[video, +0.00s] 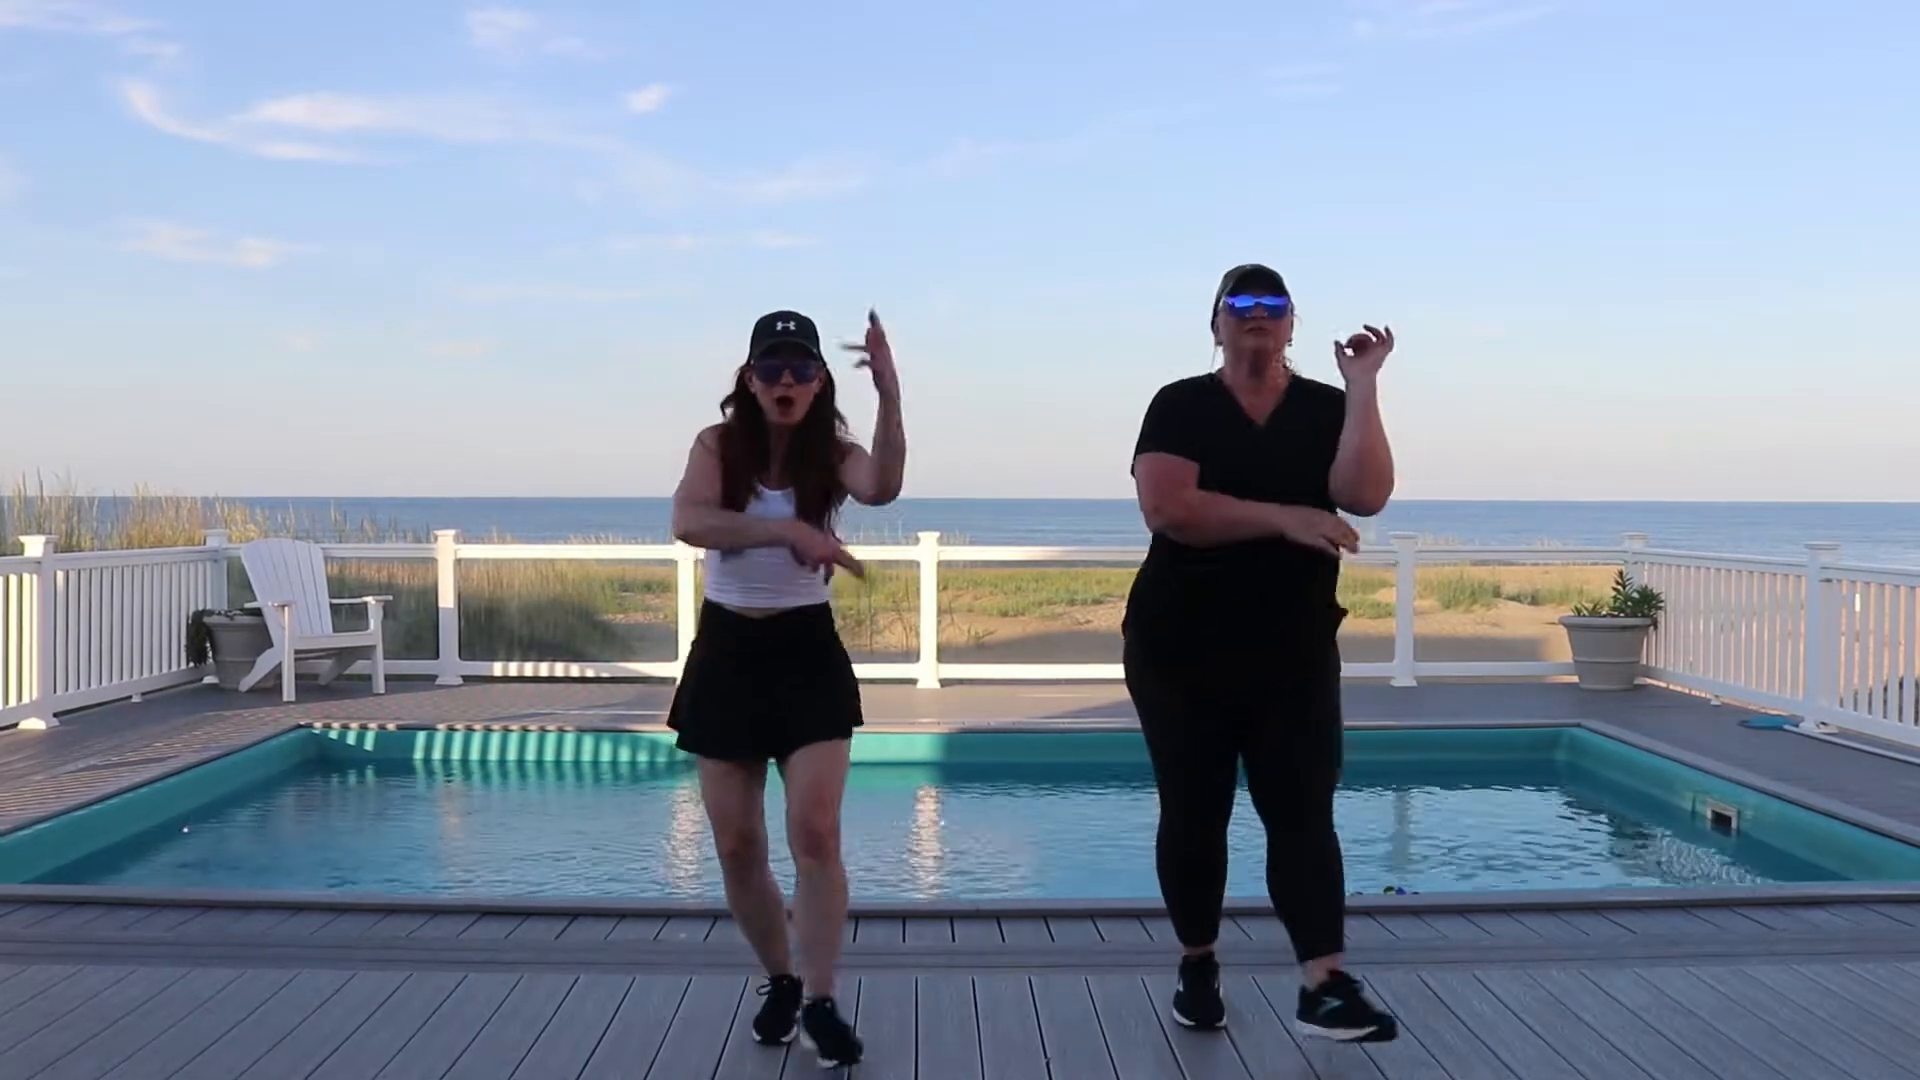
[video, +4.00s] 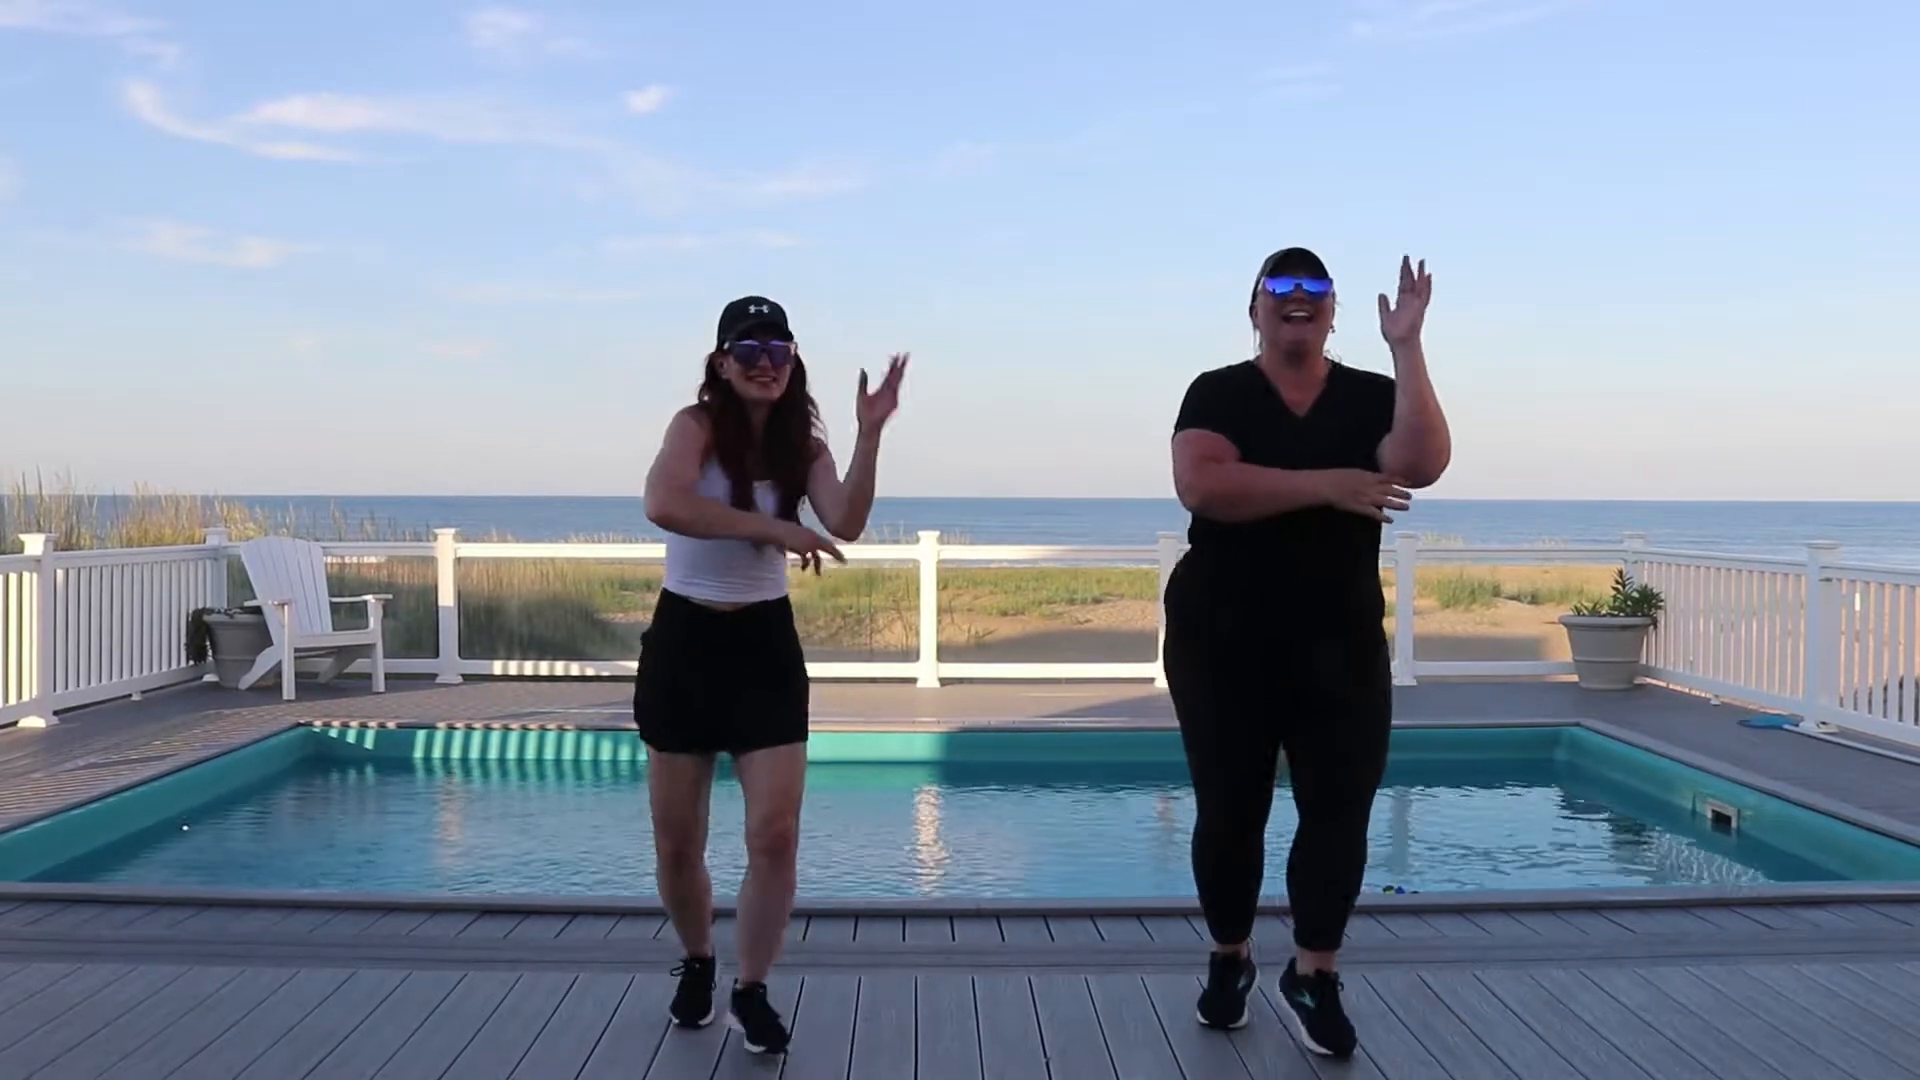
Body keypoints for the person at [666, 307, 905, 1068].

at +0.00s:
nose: (786, 383)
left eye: (801, 369)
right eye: (771, 369)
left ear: (820, 379)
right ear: (749, 376)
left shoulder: (829, 449)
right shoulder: (719, 444)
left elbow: (884, 485)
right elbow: (688, 522)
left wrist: (888, 394)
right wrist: (786, 530)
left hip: (809, 653)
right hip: (725, 655)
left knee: (816, 833)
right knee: (738, 848)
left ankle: (820, 1001)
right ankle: (782, 979)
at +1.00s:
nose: (758, 367)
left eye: (773, 355)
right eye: (743, 356)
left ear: (797, 368)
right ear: (723, 370)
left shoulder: (822, 441)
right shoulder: (706, 443)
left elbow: (850, 531)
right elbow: (675, 525)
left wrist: (745, 544)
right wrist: (677, 412)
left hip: (830, 648)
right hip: (746, 653)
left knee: (846, 848)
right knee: (740, 843)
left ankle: (803, 961)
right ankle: (768, 1022)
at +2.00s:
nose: (779, 391)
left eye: (794, 378)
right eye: (765, 378)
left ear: (817, 388)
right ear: (744, 384)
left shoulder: (831, 474)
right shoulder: (709, 457)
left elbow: (848, 556)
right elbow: (678, 541)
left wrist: (877, 449)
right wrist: (782, 545)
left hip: (797, 669)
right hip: (711, 667)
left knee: (793, 854)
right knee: (691, 865)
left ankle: (775, 1027)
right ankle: (740, 948)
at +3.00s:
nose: (745, 384)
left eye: (760, 371)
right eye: (731, 372)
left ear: (784, 379)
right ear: (710, 383)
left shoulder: (811, 447)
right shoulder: (697, 462)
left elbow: (836, 539)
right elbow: (659, 552)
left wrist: (728, 556)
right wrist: (661, 445)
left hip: (829, 654)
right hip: (745, 658)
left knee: (836, 845)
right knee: (736, 837)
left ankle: (815, 954)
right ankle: (751, 1017)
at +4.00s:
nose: (764, 363)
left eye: (777, 351)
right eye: (748, 351)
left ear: (792, 361)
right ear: (721, 361)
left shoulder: (803, 440)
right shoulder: (696, 425)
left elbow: (847, 522)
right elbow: (664, 503)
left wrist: (868, 434)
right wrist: (772, 529)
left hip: (767, 642)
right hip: (684, 641)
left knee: (776, 837)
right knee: (676, 843)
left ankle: (752, 989)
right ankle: (698, 961)